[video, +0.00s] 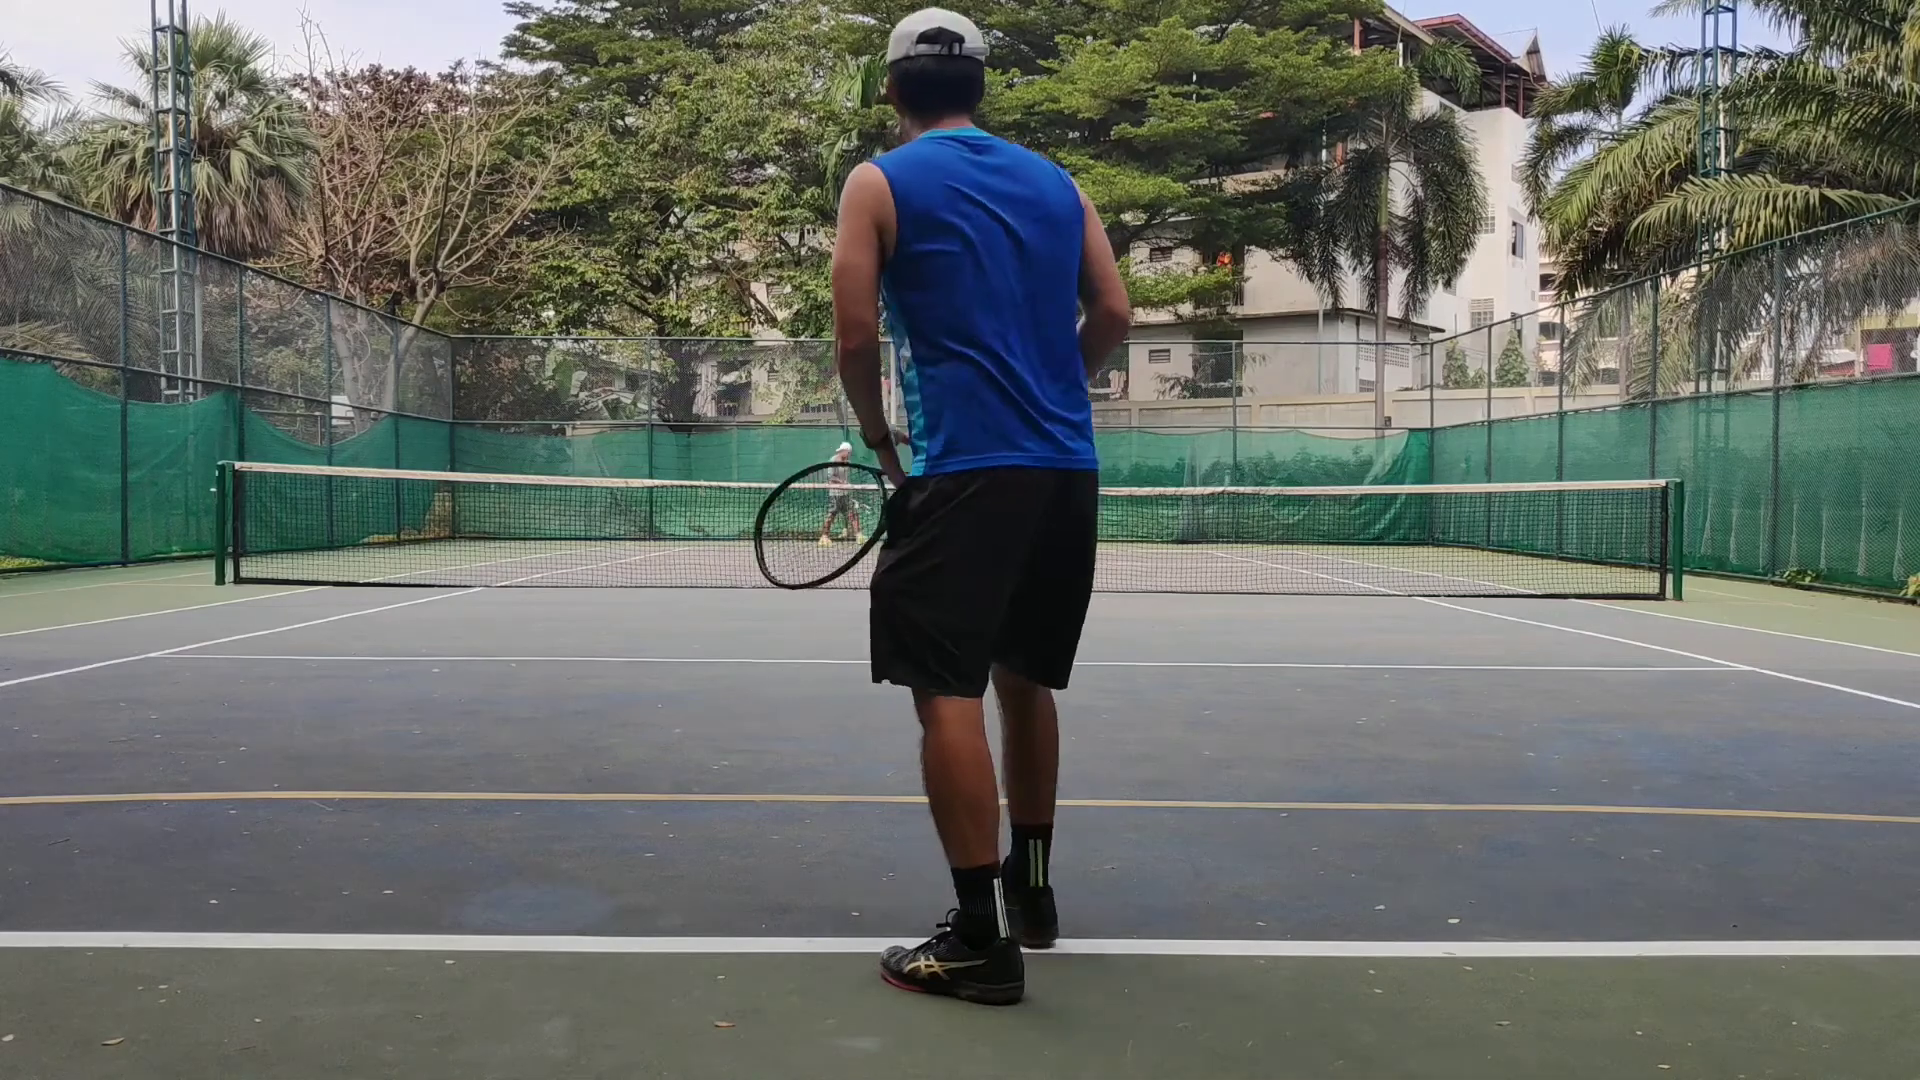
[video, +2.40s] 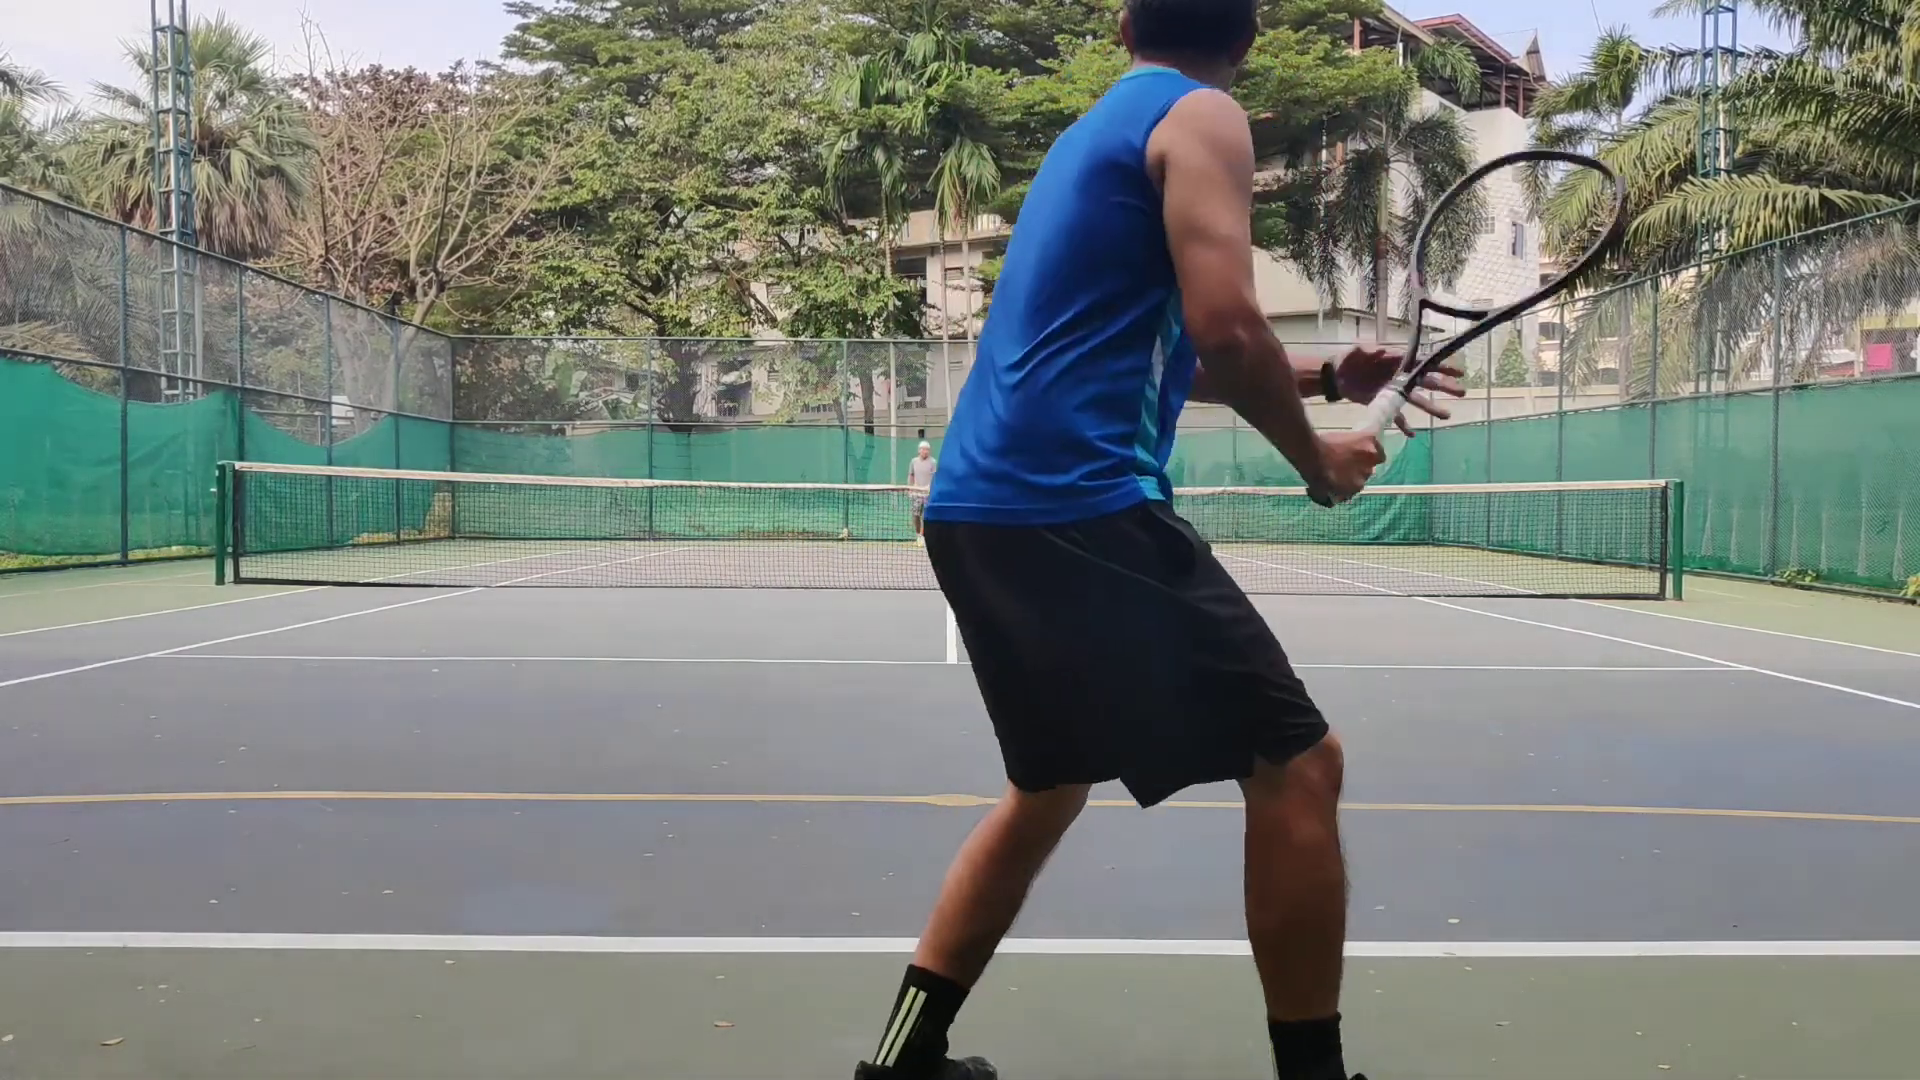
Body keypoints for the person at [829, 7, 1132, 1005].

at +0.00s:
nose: (886, 113)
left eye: (885, 101)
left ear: (896, 100)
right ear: (981, 97)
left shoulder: (881, 180)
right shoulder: (1058, 183)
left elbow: (853, 335)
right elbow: (1112, 315)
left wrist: (878, 436)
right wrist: (1059, 381)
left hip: (963, 481)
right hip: (1068, 480)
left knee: (947, 692)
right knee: (1027, 680)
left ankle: (979, 938)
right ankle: (1029, 887)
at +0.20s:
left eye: (946, 53)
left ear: (940, 64)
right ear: (1027, 61)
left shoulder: (898, 165)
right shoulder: (1102, 153)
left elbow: (886, 322)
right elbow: (1156, 296)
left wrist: (930, 383)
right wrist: (1094, 368)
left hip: (971, 495)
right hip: (1099, 487)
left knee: (969, 710)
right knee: (1134, 691)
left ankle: (980, 940)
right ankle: (1204, 920)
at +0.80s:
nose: (1070, 25)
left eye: (1061, 17)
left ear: (1063, 22)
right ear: (1166, 21)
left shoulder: (1006, 132)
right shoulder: (1232, 111)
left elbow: (966, 284)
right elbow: (1293, 254)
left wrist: (1034, 318)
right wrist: (1233, 343)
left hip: (1064, 463)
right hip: (1208, 454)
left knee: (1074, 714)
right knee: (1274, 710)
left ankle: (1097, 981)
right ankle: (1348, 976)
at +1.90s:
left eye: (1100, 15)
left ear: (1103, 10)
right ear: (1209, 8)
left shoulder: (1033, 112)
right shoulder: (1282, 97)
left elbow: (961, 276)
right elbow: (1327, 279)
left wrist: (1045, 312)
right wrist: (1242, 378)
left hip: (1044, 479)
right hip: (1208, 482)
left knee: (1006, 736)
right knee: (1299, 739)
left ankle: (955, 1027)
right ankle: (1281, 1036)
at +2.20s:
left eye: (1131, 40)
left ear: (1127, 57)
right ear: (1238, 66)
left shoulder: (1052, 177)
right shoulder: (1282, 165)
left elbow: (988, 383)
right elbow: (1296, 374)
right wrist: (1229, 480)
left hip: (1034, 546)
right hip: (1191, 546)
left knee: (1053, 779)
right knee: (1340, 794)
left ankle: (910, 1039)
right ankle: (1340, 1064)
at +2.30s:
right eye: (1238, 35)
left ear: (1122, 43)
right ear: (1238, 50)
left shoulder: (1063, 155)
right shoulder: (1239, 141)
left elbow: (1101, 326)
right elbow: (1242, 359)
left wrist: (1258, 387)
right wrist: (1240, 496)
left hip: (990, 522)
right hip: (1126, 522)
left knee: (1051, 777)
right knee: (1316, 770)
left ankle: (911, 1049)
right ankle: (1337, 1063)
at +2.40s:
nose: (1253, 49)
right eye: (1255, 35)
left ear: (1134, 32)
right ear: (1243, 36)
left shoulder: (1095, 130)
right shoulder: (1199, 115)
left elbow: (1148, 358)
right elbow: (1225, 329)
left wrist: (1315, 376)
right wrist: (1318, 459)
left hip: (975, 507)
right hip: (1082, 506)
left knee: (1049, 782)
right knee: (1296, 765)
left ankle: (906, 1050)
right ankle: (1313, 1069)